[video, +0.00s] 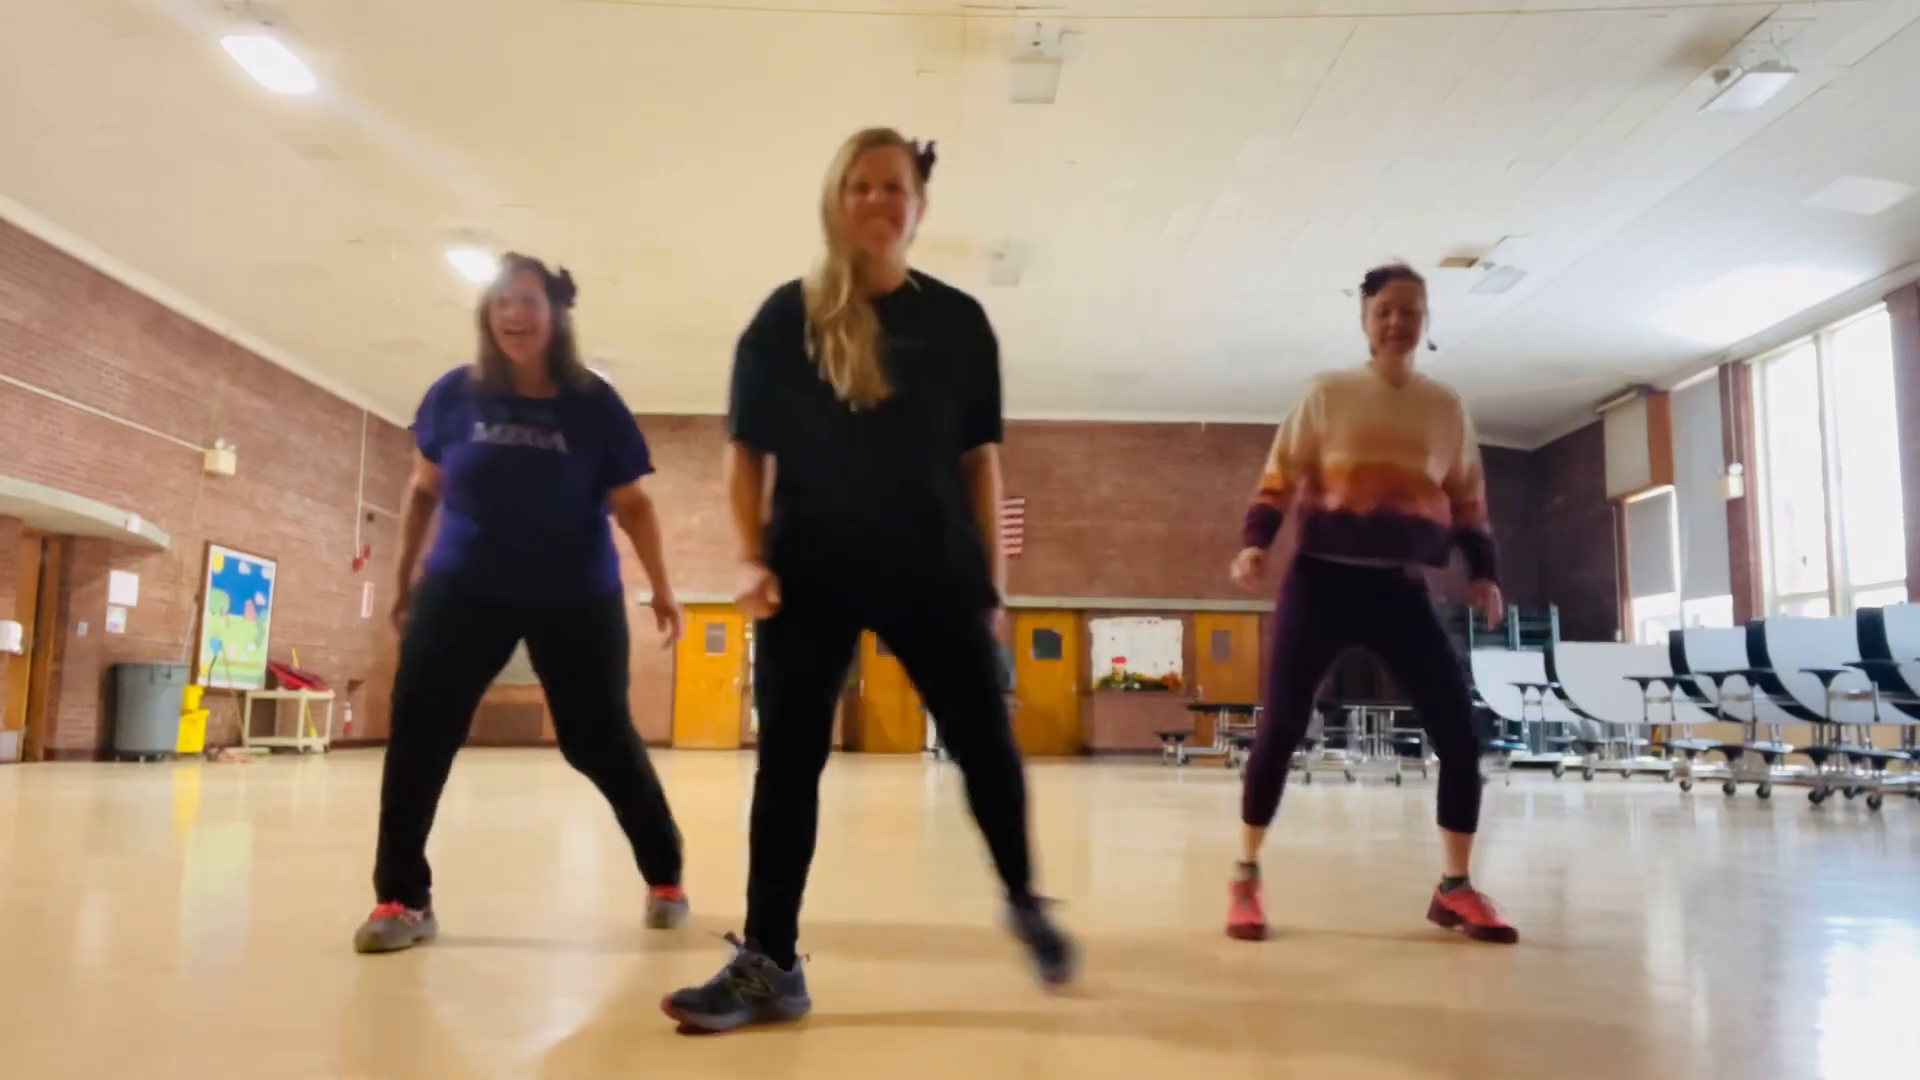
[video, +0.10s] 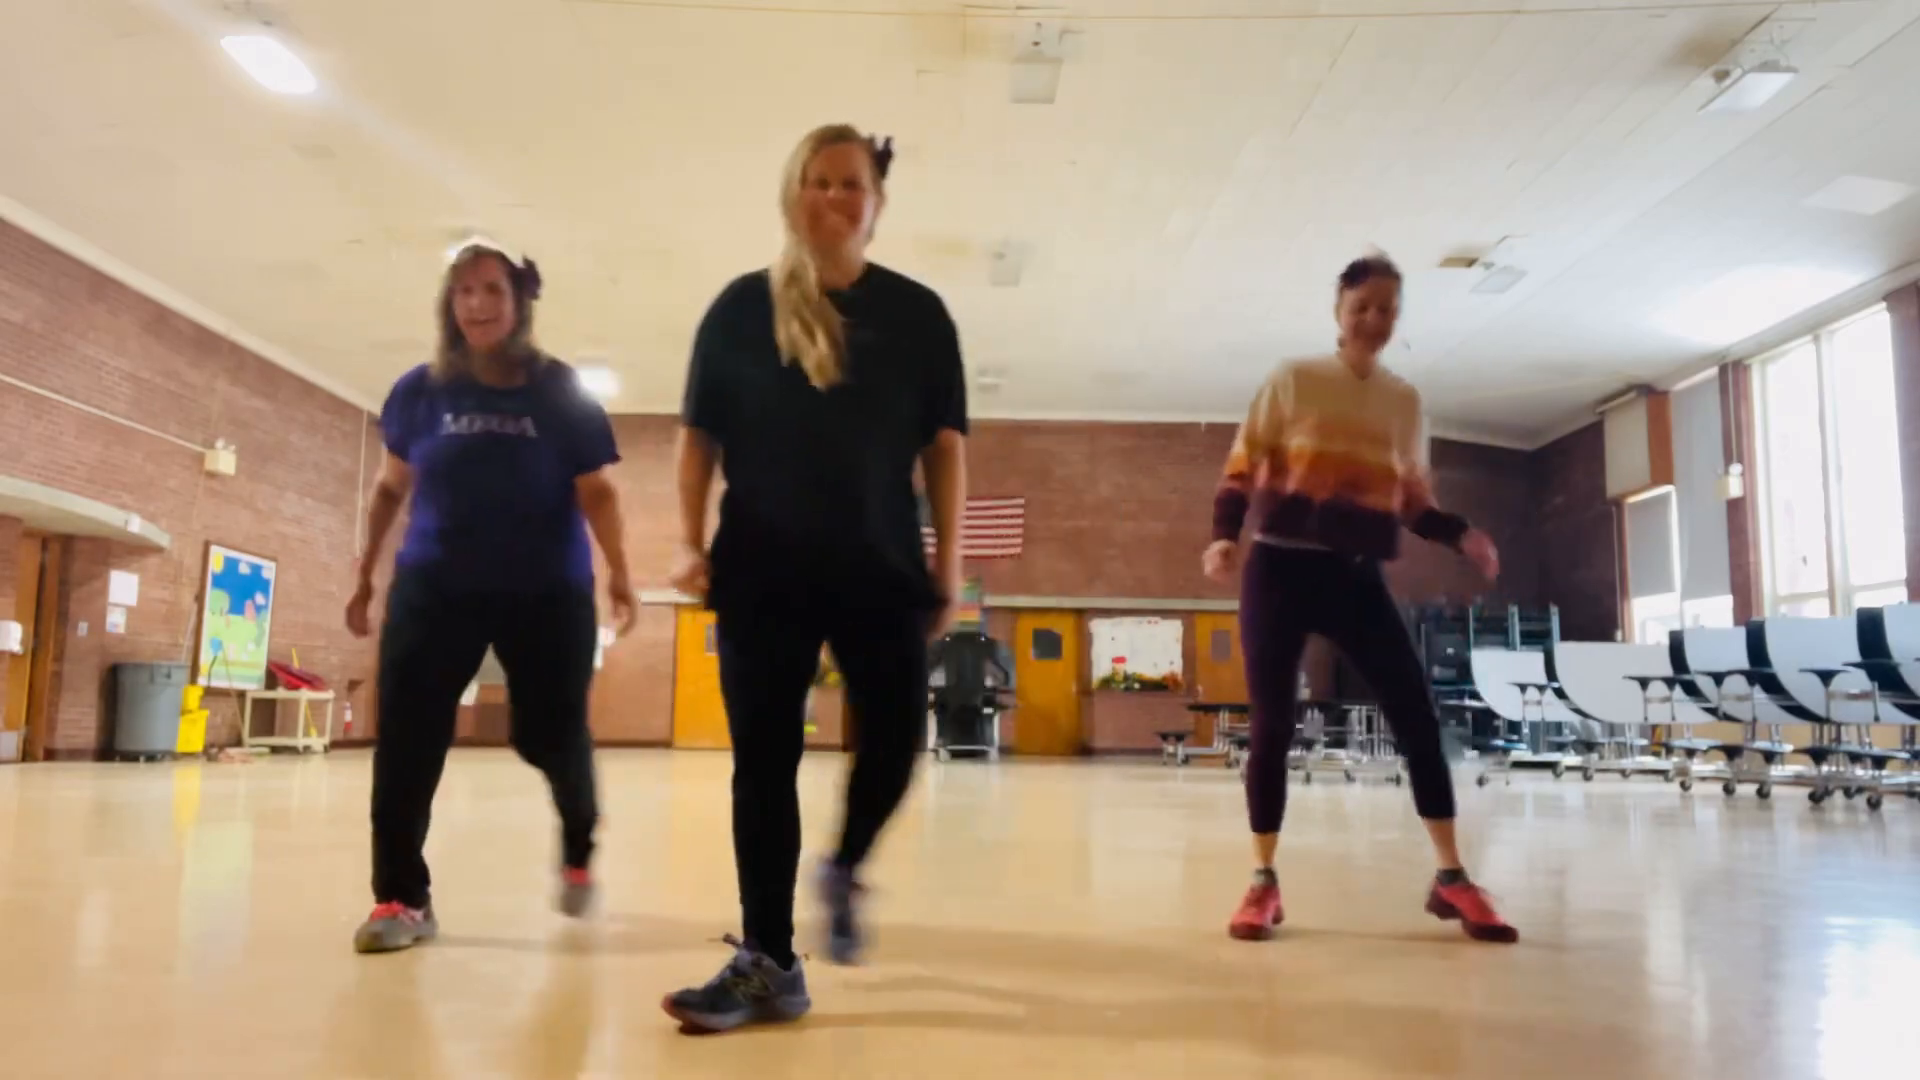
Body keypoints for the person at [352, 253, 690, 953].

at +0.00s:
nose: (514, 315)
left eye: (529, 303)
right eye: (502, 304)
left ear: (556, 314)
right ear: (486, 316)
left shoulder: (593, 403)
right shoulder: (456, 395)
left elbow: (632, 505)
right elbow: (423, 493)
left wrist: (661, 589)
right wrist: (404, 579)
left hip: (574, 596)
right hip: (467, 589)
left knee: (597, 739)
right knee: (418, 734)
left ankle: (665, 879)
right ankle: (402, 898)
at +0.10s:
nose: (479, 302)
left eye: (493, 290)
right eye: (466, 290)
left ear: (520, 303)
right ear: (449, 304)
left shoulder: (559, 390)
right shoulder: (420, 392)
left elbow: (597, 492)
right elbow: (390, 491)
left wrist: (618, 575)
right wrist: (366, 578)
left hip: (545, 592)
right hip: (438, 589)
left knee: (551, 737)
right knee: (405, 742)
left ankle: (578, 849)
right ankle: (402, 900)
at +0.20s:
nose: (454, 297)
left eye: (469, 285)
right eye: (441, 286)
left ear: (498, 297)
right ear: (427, 300)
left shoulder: (538, 386)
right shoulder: (397, 391)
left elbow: (574, 487)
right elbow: (372, 492)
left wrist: (568, 573)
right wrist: (348, 580)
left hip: (511, 595)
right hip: (412, 591)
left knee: (490, 740)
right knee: (395, 747)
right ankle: (399, 898)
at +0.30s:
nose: (444, 303)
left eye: (460, 291)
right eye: (433, 291)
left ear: (490, 303)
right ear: (418, 304)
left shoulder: (526, 394)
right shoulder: (387, 394)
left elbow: (556, 495)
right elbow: (359, 496)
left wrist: (529, 564)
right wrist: (341, 586)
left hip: (482, 601)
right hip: (387, 589)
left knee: (443, 744)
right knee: (381, 743)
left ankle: (413, 881)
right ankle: (391, 900)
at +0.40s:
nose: (447, 303)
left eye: (464, 293)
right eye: (437, 291)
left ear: (494, 309)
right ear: (421, 304)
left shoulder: (520, 405)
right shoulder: (381, 391)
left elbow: (538, 509)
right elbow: (351, 488)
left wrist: (504, 576)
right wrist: (335, 562)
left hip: (457, 599)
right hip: (363, 583)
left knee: (427, 739)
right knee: (359, 734)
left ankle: (409, 883)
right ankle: (374, 890)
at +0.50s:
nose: (441, 293)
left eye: (459, 286)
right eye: (433, 281)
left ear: (489, 306)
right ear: (417, 295)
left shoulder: (507, 403)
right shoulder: (368, 375)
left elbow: (521, 505)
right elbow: (326, 462)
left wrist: (493, 574)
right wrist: (293, 540)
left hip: (443, 594)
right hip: (345, 574)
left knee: (414, 737)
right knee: (316, 718)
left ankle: (408, 880)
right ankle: (328, 875)